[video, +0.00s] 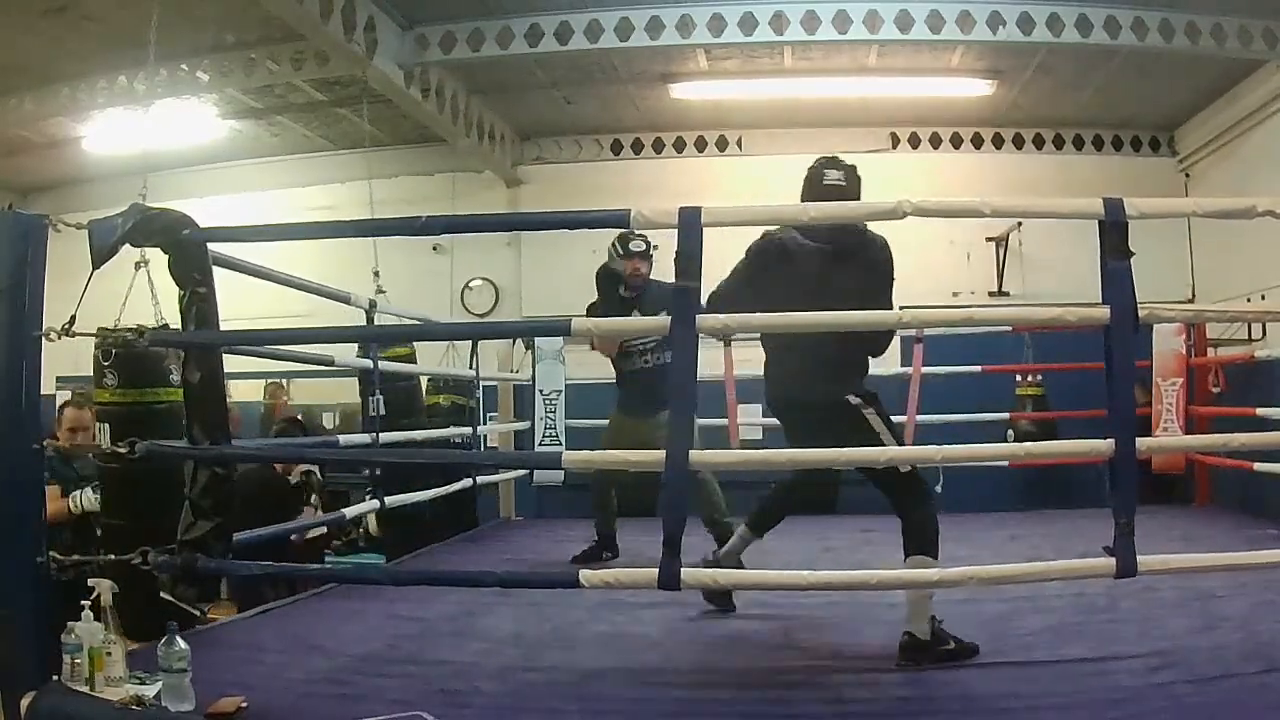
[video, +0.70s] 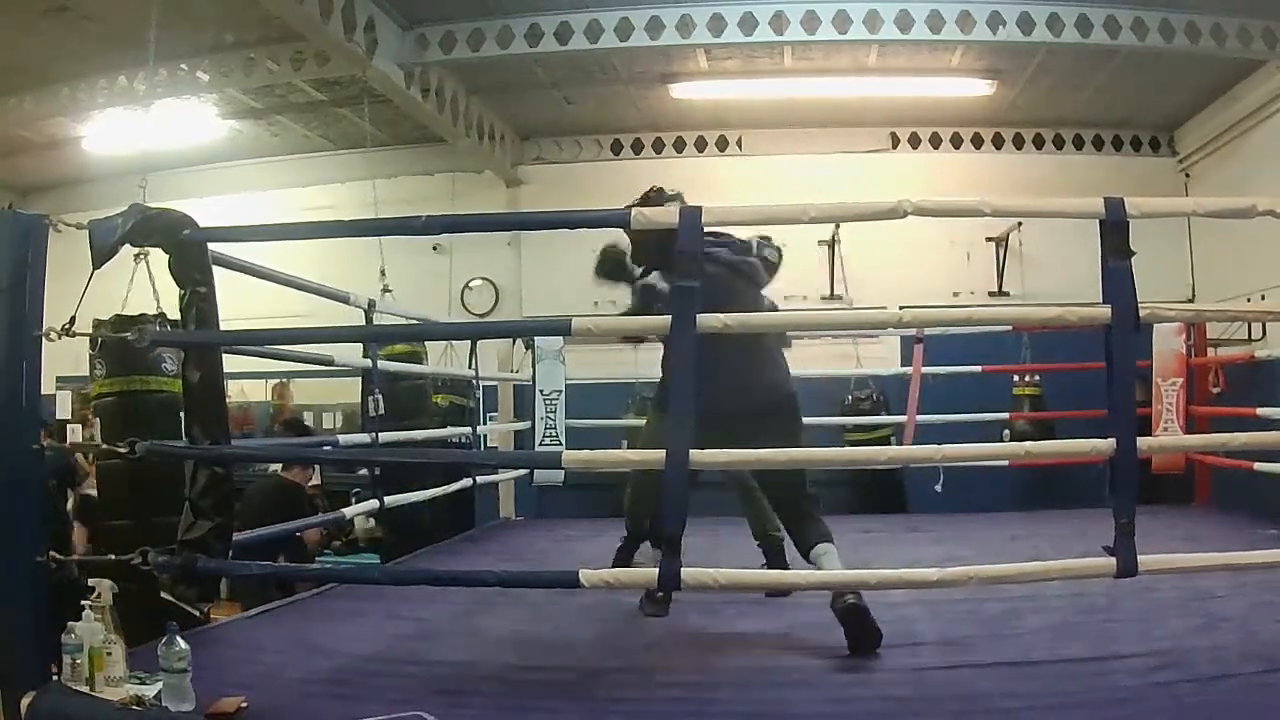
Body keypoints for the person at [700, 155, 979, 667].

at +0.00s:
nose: (839, 212)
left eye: (828, 201)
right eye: (847, 202)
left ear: (804, 200)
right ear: (857, 202)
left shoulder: (772, 247)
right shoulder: (871, 251)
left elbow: (717, 312)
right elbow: (877, 340)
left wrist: (767, 313)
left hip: (785, 396)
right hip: (844, 397)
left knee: (808, 481)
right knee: (916, 500)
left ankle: (723, 562)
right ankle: (921, 630)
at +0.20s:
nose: (794, 177)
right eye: (803, 163)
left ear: (760, 169)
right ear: (813, 161)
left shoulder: (740, 214)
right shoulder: (842, 203)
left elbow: (717, 296)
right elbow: (863, 287)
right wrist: (826, 317)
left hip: (765, 364)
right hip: (825, 362)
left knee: (748, 474)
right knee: (869, 475)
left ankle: (704, 588)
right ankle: (870, 611)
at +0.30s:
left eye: (756, 163)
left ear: (751, 168)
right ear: (802, 162)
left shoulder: (731, 211)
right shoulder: (834, 203)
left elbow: (710, 292)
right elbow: (854, 284)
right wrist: (809, 255)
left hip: (748, 365)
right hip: (807, 364)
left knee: (740, 470)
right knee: (849, 481)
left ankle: (698, 581)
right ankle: (827, 613)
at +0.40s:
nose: (788, 202)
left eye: (784, 194)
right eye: (788, 193)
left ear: (742, 195)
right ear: (795, 192)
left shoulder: (724, 240)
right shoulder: (815, 233)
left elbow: (704, 305)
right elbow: (844, 299)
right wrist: (828, 234)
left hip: (736, 387)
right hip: (789, 388)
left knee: (728, 476)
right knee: (840, 509)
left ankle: (662, 558)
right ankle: (811, 631)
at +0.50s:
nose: (731, 209)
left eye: (718, 201)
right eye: (734, 198)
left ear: (699, 206)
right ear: (751, 200)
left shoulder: (689, 251)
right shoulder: (784, 237)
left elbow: (671, 323)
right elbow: (836, 302)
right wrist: (820, 276)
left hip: (724, 403)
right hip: (791, 399)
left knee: (691, 486)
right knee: (825, 507)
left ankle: (660, 575)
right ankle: (818, 611)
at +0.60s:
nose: (644, 243)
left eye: (646, 232)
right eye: (643, 232)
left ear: (662, 232)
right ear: (698, 218)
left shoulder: (682, 277)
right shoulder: (755, 256)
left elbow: (634, 344)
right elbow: (791, 274)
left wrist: (614, 315)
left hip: (722, 409)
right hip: (786, 404)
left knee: (664, 468)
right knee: (793, 499)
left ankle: (662, 580)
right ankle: (846, 588)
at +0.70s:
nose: (636, 251)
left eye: (636, 242)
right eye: (636, 241)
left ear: (645, 245)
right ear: (691, 229)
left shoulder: (659, 282)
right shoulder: (738, 264)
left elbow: (637, 322)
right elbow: (777, 333)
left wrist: (634, 280)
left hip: (698, 407)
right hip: (769, 401)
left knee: (662, 470)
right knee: (795, 499)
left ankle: (662, 583)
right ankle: (843, 587)